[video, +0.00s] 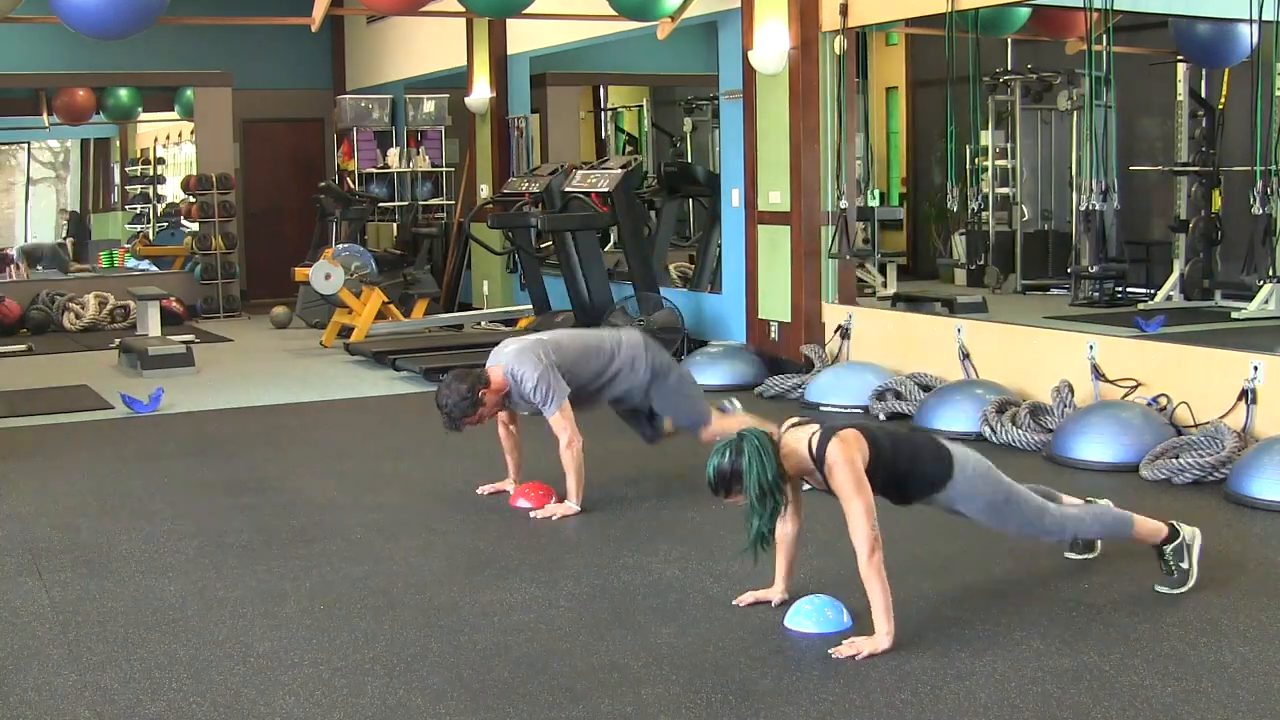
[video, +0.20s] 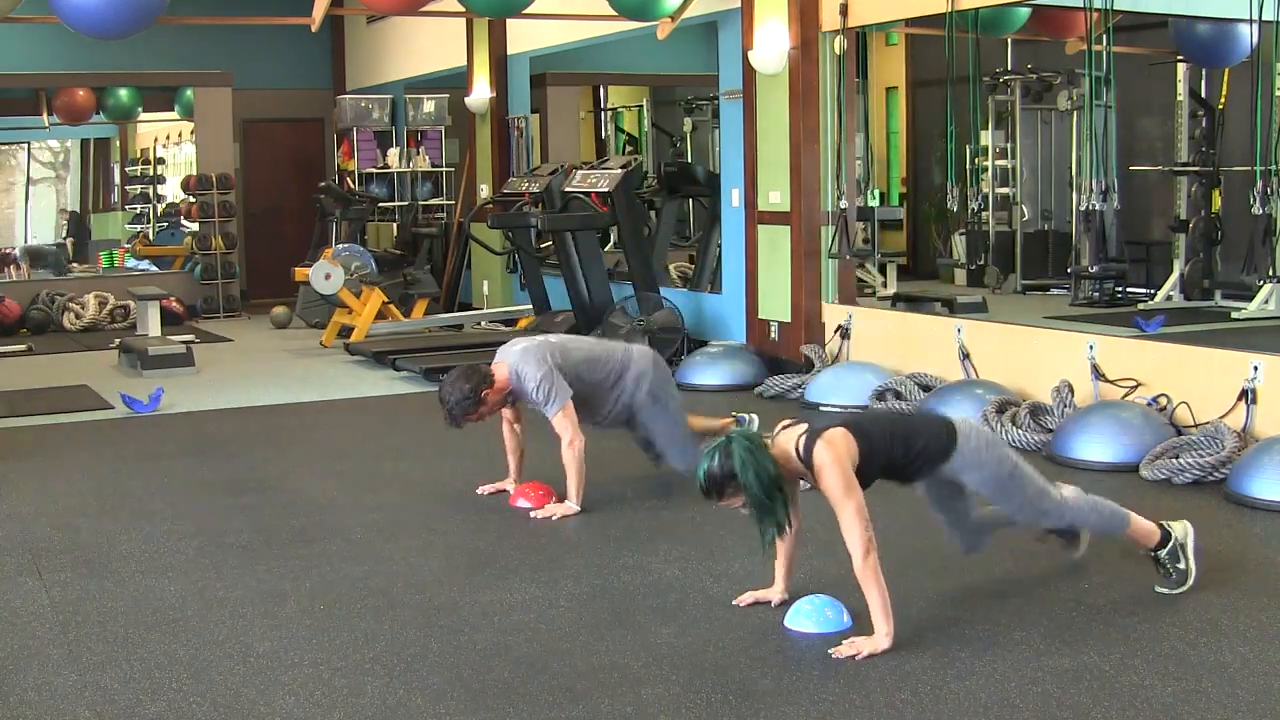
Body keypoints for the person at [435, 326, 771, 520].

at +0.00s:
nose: (487, 423)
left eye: (482, 418)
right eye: (481, 422)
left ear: (486, 396)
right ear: (480, 393)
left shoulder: (531, 371)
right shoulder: (494, 374)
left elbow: (570, 441)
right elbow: (507, 425)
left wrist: (574, 502)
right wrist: (514, 479)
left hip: (636, 356)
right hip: (610, 375)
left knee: (708, 428)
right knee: (657, 431)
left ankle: (782, 433)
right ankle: (725, 416)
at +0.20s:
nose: (485, 421)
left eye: (481, 416)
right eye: (480, 419)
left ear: (488, 397)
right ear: (482, 388)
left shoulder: (535, 371)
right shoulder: (500, 371)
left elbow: (573, 440)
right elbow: (511, 423)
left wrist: (574, 502)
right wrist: (514, 478)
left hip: (640, 374)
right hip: (618, 389)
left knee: (685, 458)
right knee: (661, 443)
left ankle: (756, 450)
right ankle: (735, 424)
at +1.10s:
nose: (474, 418)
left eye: (469, 414)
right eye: (468, 417)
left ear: (476, 391)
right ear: (471, 386)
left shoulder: (522, 369)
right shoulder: (493, 369)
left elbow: (565, 438)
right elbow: (506, 423)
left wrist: (574, 502)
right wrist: (513, 479)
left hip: (626, 350)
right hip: (606, 353)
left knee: (679, 442)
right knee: (664, 398)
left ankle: (759, 424)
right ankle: (731, 407)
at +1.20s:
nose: (479, 415)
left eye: (475, 410)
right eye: (473, 414)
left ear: (482, 387)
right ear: (476, 383)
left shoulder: (531, 369)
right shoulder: (497, 368)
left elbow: (571, 440)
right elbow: (510, 424)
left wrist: (574, 502)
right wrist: (513, 479)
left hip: (635, 375)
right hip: (614, 382)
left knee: (693, 439)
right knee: (666, 427)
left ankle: (750, 445)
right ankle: (729, 422)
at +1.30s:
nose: (489, 414)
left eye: (485, 409)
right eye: (483, 412)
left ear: (492, 385)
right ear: (486, 384)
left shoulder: (542, 366)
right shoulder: (506, 372)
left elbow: (578, 439)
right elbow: (515, 421)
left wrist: (574, 502)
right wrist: (513, 478)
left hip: (647, 392)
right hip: (621, 409)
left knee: (708, 453)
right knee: (656, 456)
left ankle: (738, 432)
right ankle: (717, 428)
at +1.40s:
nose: (493, 417)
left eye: (490, 413)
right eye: (487, 416)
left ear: (492, 388)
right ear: (487, 386)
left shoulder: (540, 365)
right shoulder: (506, 370)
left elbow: (577, 439)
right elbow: (514, 425)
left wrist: (573, 502)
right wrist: (512, 479)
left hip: (649, 376)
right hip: (620, 397)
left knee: (700, 440)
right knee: (651, 451)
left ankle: (768, 431)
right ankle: (717, 423)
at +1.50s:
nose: (496, 418)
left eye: (490, 413)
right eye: (489, 417)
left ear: (491, 389)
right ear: (486, 386)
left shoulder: (537, 364)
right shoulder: (502, 367)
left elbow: (572, 437)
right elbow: (511, 422)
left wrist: (574, 502)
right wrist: (513, 479)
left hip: (644, 351)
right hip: (612, 374)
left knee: (715, 408)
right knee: (620, 444)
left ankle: (791, 433)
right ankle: (689, 418)